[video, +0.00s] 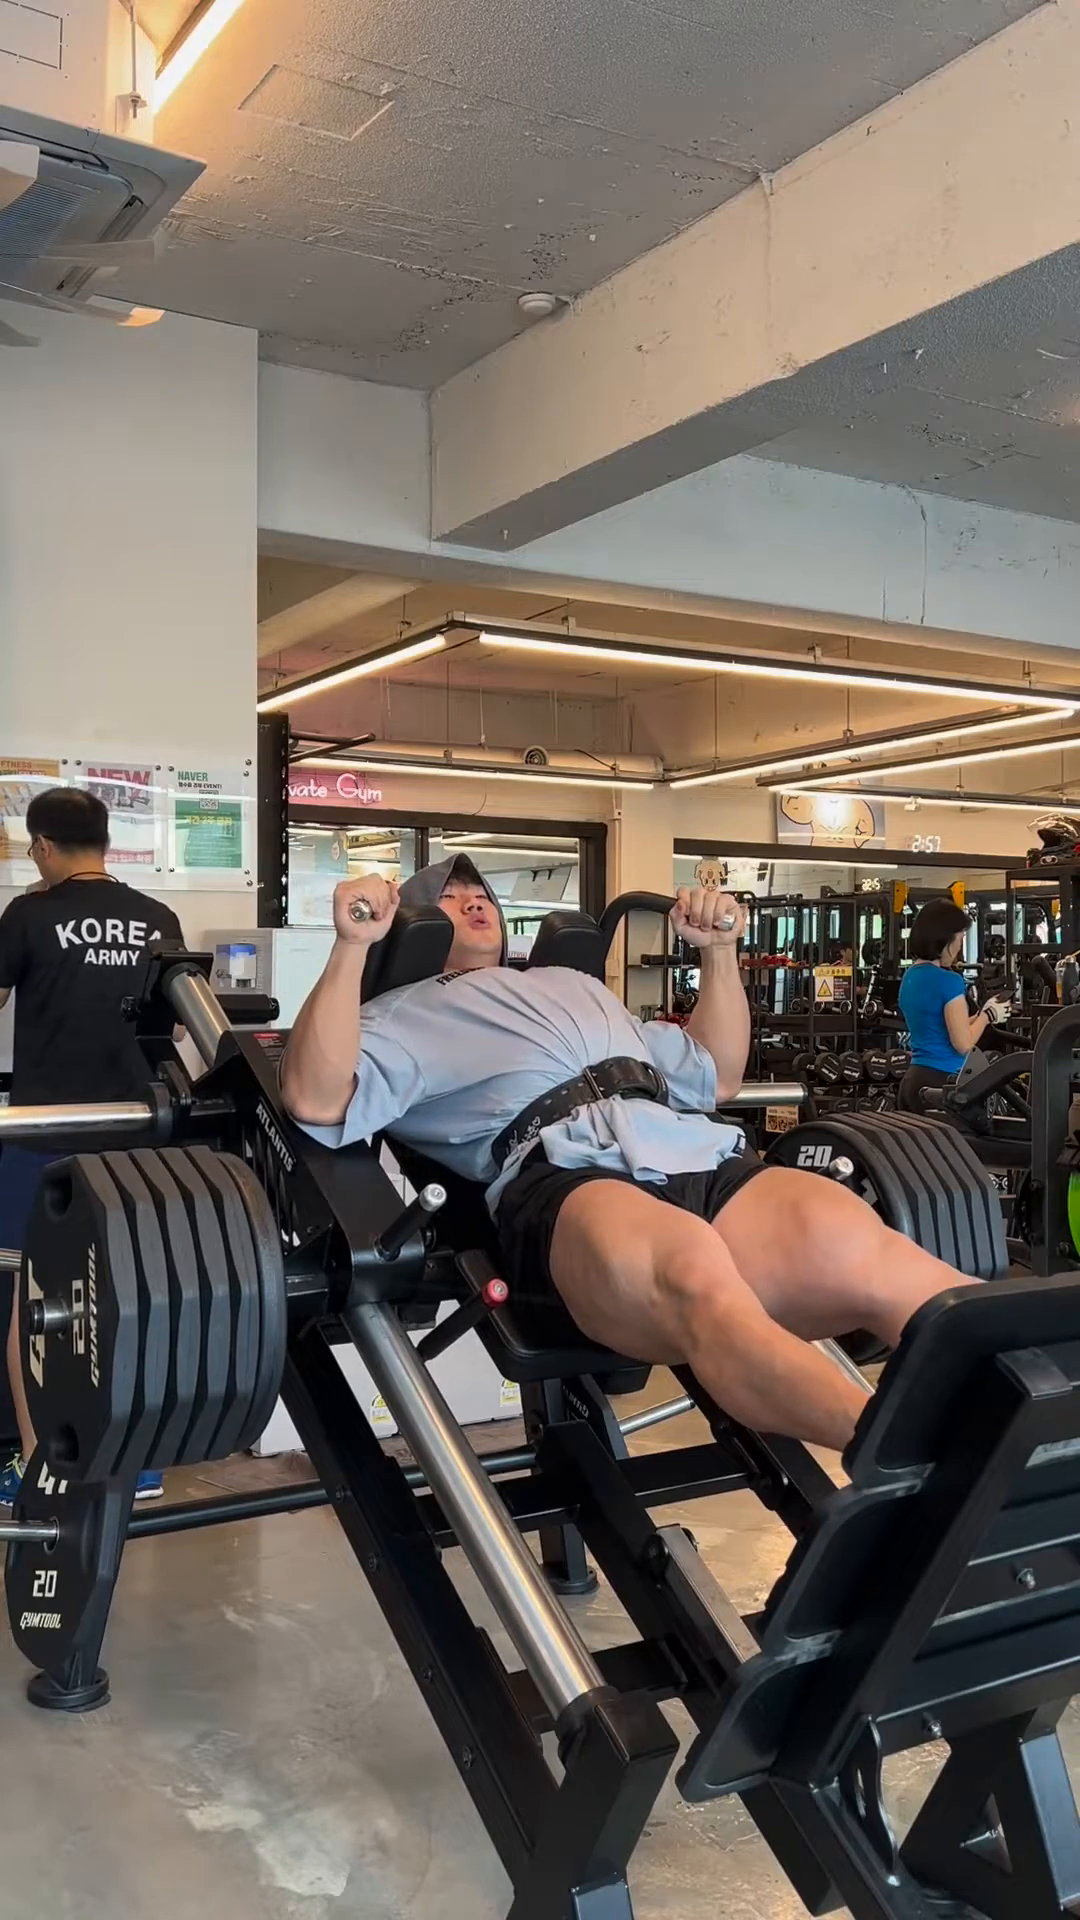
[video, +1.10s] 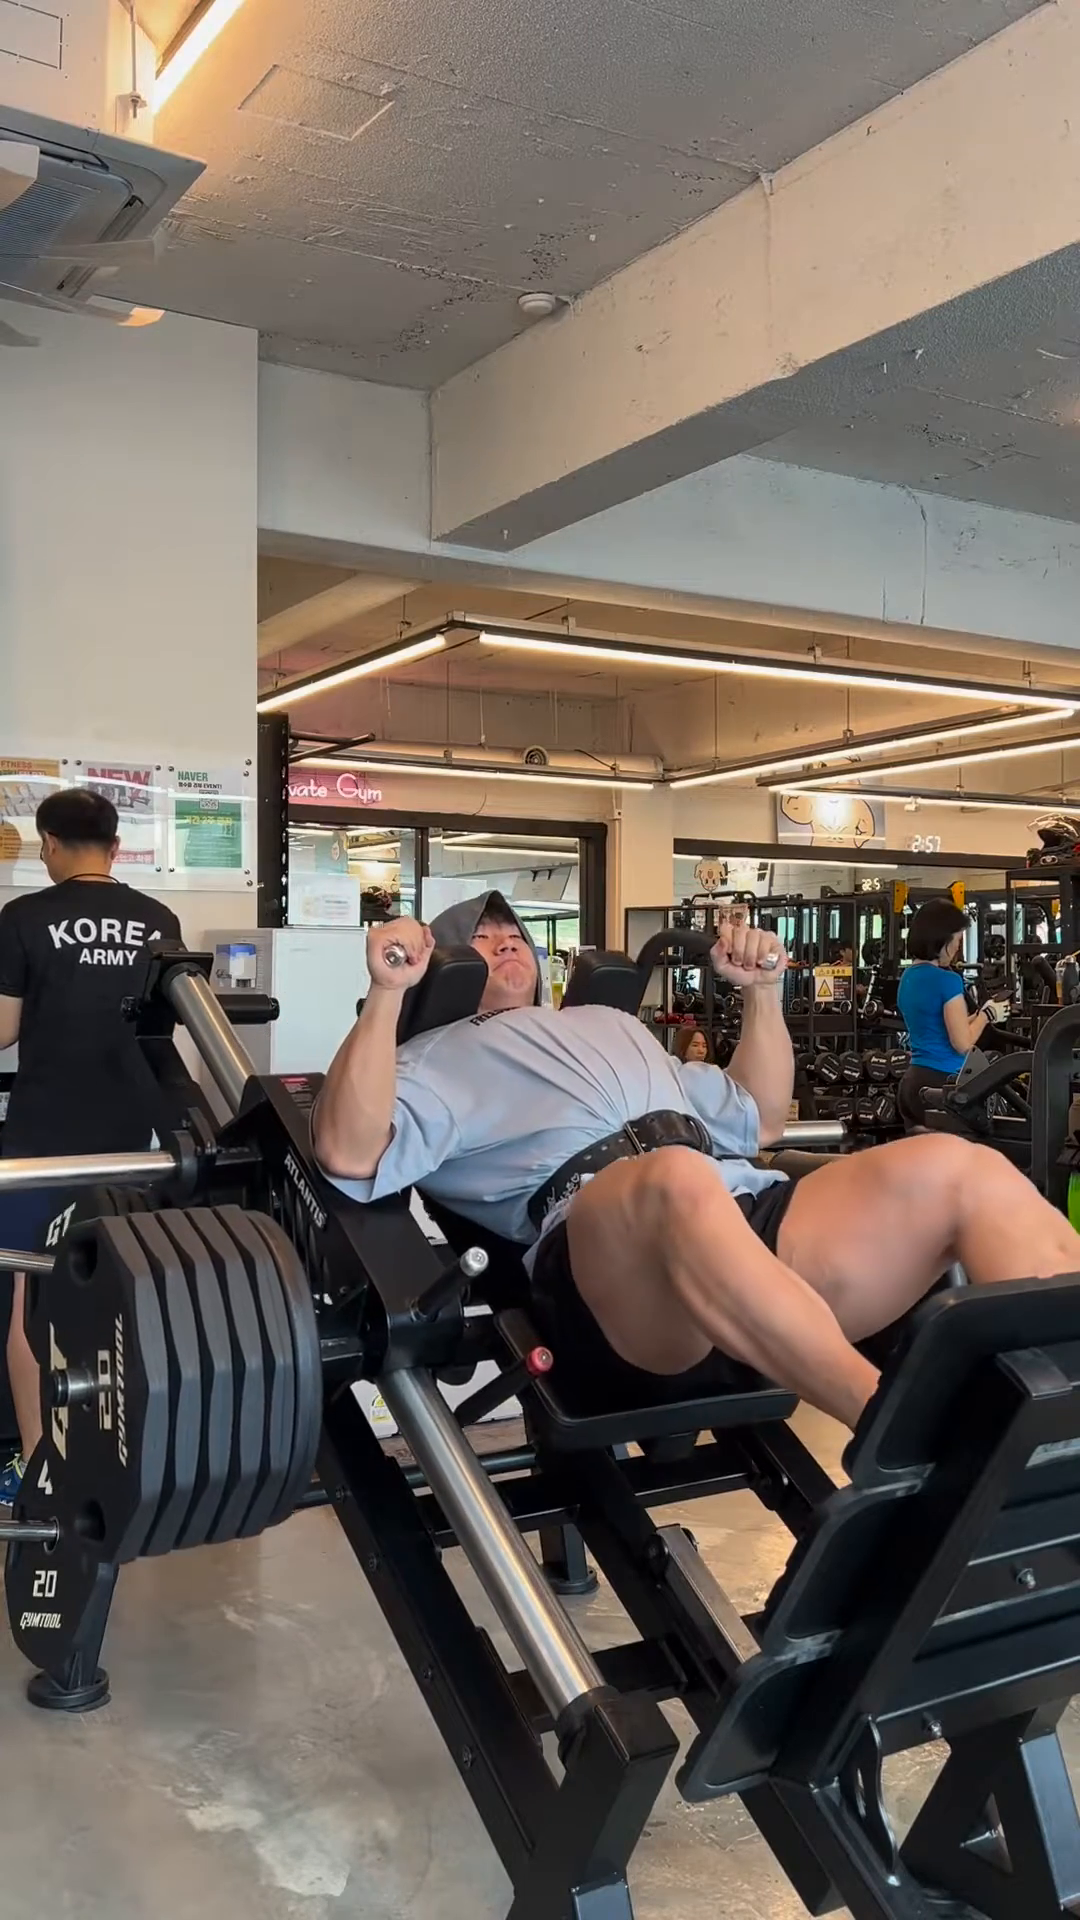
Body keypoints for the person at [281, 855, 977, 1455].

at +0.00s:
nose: (477, 902)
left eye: (484, 895)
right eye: (453, 894)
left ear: (502, 921)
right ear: (413, 928)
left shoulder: (575, 987)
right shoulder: (403, 1015)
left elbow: (711, 1073)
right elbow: (315, 1100)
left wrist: (718, 955)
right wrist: (350, 949)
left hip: (697, 1162)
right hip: (560, 1183)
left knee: (844, 1236)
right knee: (692, 1279)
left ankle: (1052, 1370)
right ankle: (896, 1448)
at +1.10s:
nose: (501, 943)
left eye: (512, 934)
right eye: (477, 940)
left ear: (539, 961)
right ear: (451, 984)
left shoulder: (615, 1029)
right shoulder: (439, 1061)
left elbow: (760, 1118)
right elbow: (349, 1156)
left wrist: (758, 989)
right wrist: (384, 998)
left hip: (756, 1230)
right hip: (603, 1279)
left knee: (959, 1170)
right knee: (674, 1182)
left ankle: (1070, 1386)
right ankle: (896, 1424)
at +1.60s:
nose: (540, 984)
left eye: (547, 973)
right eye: (516, 978)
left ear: (571, 1003)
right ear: (477, 1024)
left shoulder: (654, 1078)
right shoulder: (470, 1115)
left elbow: (804, 1170)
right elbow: (383, 1216)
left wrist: (806, 1035)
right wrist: (424, 1047)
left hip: (813, 1307)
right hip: (663, 1370)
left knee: (995, 1153)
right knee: (671, 1166)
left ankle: (1068, 1391)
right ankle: (886, 1412)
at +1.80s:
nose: (557, 1009)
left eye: (567, 995)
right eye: (533, 999)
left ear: (589, 1020)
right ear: (492, 1035)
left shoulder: (672, 1102)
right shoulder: (488, 1137)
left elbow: (827, 1190)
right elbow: (398, 1241)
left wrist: (826, 1057)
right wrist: (444, 1068)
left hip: (840, 1333)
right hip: (687, 1399)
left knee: (998, 1149)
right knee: (666, 1164)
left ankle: (1066, 1393)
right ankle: (886, 1412)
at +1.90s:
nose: (568, 1016)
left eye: (576, 1002)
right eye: (542, 1004)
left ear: (597, 1030)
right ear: (497, 1041)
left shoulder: (680, 1112)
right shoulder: (492, 1150)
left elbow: (838, 1194)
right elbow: (406, 1254)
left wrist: (835, 1065)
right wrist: (452, 1079)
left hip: (847, 1339)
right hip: (697, 1409)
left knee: (999, 1146)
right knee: (666, 1168)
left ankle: (1068, 1388)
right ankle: (890, 1414)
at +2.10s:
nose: (578, 1034)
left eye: (588, 1021)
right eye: (550, 1025)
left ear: (613, 1050)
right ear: (511, 1063)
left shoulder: (697, 1136)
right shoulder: (511, 1173)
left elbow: (856, 1212)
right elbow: (421, 1280)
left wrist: (856, 1087)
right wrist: (468, 1100)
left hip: (870, 1365)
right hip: (718, 1431)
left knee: (1003, 1145)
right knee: (667, 1169)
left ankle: (1070, 1394)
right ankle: (888, 1408)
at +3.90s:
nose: (632, 1090)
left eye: (638, 1072)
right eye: (600, 1082)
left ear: (663, 1097)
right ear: (560, 1123)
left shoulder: (759, 1201)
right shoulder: (558, 1251)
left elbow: (902, 1273)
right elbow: (475, 1369)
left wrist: (924, 1158)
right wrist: (520, 1181)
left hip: (930, 1397)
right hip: (790, 1479)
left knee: (1003, 1146)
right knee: (666, 1176)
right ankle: (895, 1420)